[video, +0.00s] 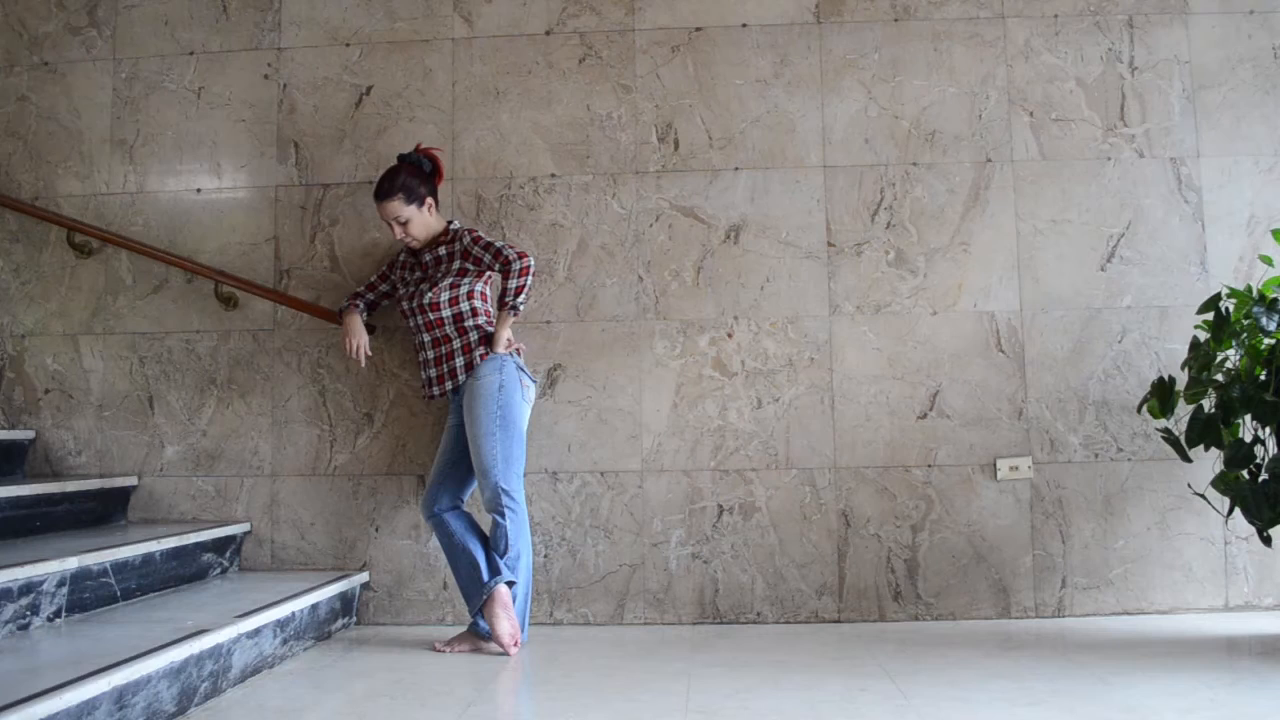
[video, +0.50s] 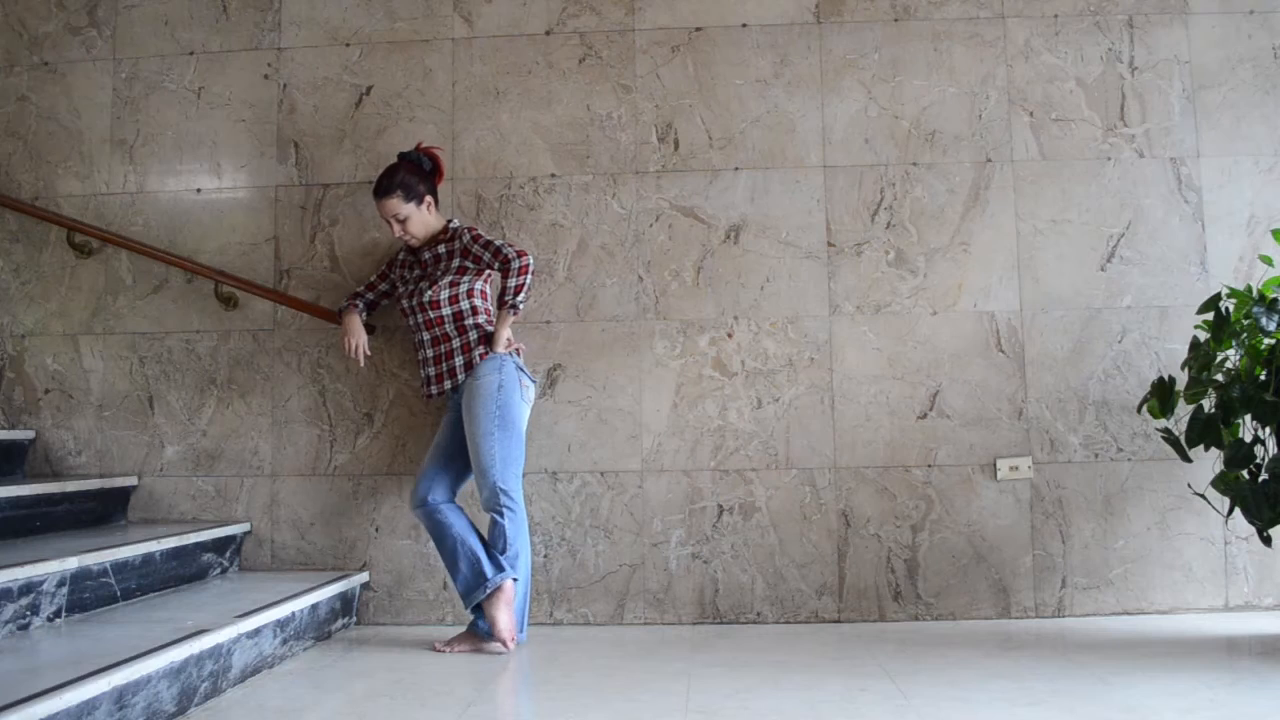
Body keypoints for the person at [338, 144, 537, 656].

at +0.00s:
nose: (398, 233)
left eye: (402, 221)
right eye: (390, 225)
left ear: (429, 203)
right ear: (390, 220)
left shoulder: (465, 241)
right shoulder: (406, 263)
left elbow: (518, 262)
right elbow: (364, 297)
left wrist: (507, 321)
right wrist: (353, 317)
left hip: (493, 371)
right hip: (461, 392)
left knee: (501, 492)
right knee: (440, 502)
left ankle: (501, 628)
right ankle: (494, 597)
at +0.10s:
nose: (398, 233)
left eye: (402, 221)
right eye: (390, 225)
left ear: (429, 203)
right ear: (390, 220)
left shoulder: (465, 241)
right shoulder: (405, 263)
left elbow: (518, 262)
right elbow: (364, 297)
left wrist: (507, 321)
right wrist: (353, 317)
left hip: (493, 371)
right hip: (461, 392)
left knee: (501, 492)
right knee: (440, 502)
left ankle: (501, 628)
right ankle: (494, 597)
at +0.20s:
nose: (398, 233)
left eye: (401, 220)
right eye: (390, 225)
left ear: (429, 203)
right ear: (391, 220)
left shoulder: (465, 241)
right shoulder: (406, 263)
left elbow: (518, 261)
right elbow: (364, 297)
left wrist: (507, 321)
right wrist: (353, 316)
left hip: (493, 371)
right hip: (462, 392)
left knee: (501, 492)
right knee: (439, 502)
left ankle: (501, 628)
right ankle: (494, 596)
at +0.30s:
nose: (397, 232)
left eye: (401, 220)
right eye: (389, 224)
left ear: (428, 203)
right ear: (390, 219)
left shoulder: (464, 240)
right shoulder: (405, 263)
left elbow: (518, 261)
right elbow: (364, 297)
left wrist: (506, 321)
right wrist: (352, 316)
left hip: (493, 371)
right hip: (461, 392)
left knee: (500, 493)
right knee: (437, 499)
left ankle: (501, 628)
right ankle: (494, 594)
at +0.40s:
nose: (397, 232)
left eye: (400, 220)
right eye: (389, 224)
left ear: (428, 202)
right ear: (390, 219)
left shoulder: (464, 240)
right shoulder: (405, 262)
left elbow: (518, 261)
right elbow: (364, 297)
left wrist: (506, 322)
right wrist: (352, 316)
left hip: (492, 371)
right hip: (460, 392)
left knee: (499, 492)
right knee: (435, 499)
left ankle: (500, 628)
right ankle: (495, 594)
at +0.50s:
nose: (397, 231)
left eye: (400, 219)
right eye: (389, 223)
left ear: (428, 202)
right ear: (391, 218)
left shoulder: (464, 239)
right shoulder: (405, 262)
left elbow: (517, 261)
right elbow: (364, 297)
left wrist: (505, 322)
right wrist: (352, 316)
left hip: (493, 371)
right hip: (460, 392)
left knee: (500, 492)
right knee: (430, 496)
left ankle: (499, 628)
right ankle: (494, 591)